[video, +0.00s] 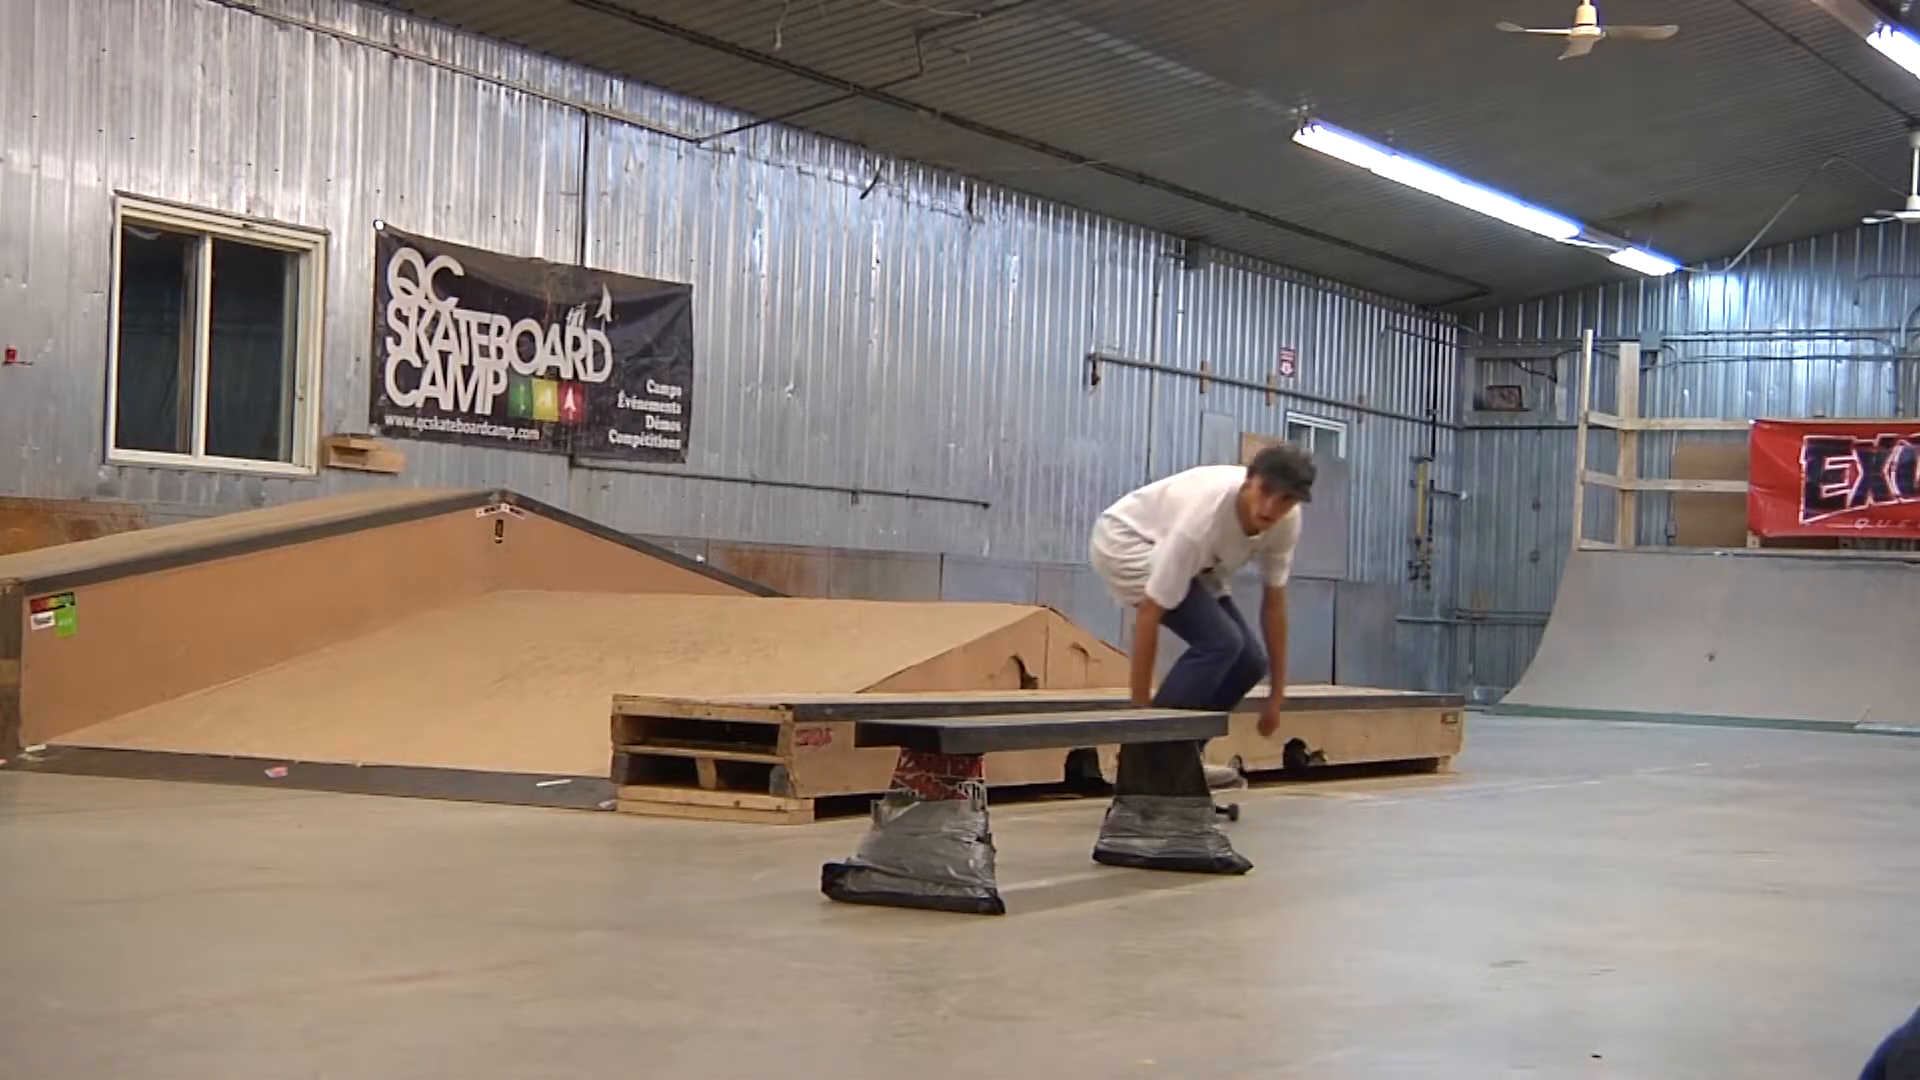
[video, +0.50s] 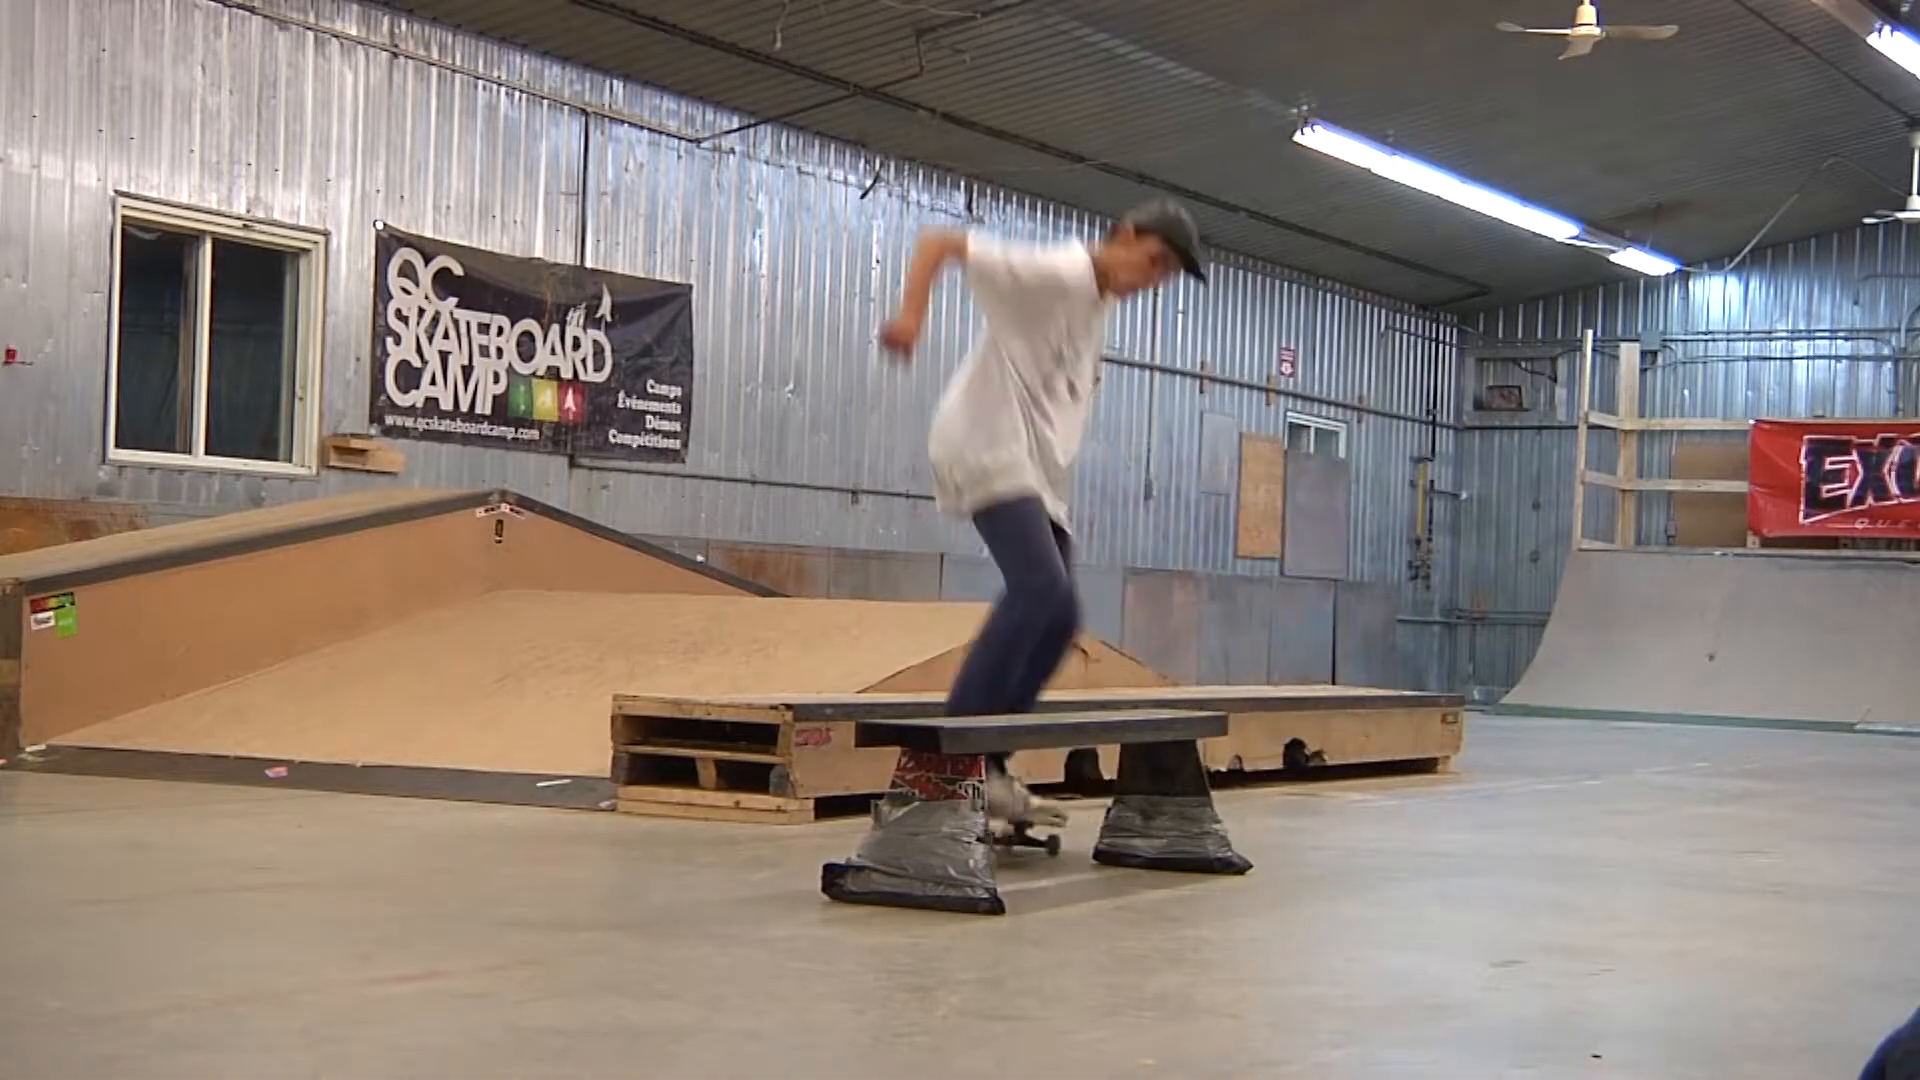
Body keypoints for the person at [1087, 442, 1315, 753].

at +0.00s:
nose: (1269, 509)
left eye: (1284, 501)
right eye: (1265, 492)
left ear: (1294, 504)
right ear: (1248, 480)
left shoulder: (1287, 517)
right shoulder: (1203, 514)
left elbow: (1274, 605)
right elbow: (1148, 612)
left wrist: (1276, 696)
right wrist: (1140, 710)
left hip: (1184, 553)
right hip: (1127, 544)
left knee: (1250, 661)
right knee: (1220, 644)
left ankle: (1185, 754)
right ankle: (1148, 754)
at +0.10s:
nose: (1242, 510)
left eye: (1256, 503)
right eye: (1237, 492)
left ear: (1265, 506)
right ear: (1219, 479)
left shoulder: (1253, 522)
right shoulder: (1170, 515)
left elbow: (1237, 605)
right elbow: (1111, 617)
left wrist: (1241, 696)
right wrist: (1104, 714)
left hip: (1154, 562)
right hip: (1095, 551)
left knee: (1221, 665)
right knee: (1191, 645)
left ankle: (1147, 761)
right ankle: (1096, 759)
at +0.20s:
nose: (1217, 499)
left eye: (1232, 492)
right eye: (1213, 481)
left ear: (1239, 495)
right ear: (1194, 465)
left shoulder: (1223, 513)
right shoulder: (1144, 503)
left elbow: (1196, 592)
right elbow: (1070, 612)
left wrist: (1192, 677)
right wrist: (1071, 711)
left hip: (1122, 560)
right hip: (1060, 545)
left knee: (1192, 665)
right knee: (1157, 644)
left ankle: (1096, 769)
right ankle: (1064, 771)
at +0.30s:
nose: (1196, 460)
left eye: (1210, 453)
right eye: (1192, 441)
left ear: (1217, 459)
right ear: (1171, 427)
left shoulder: (1185, 477)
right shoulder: (1119, 471)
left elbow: (1156, 555)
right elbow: (1030, 562)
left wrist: (1154, 642)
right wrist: (1035, 670)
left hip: (1095, 552)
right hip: (1026, 535)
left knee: (1153, 659)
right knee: (1119, 642)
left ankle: (1071, 770)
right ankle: (1027, 774)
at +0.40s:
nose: (1180, 375)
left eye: (1192, 369)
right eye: (1178, 357)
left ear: (1195, 374)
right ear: (1150, 338)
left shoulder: (1145, 404)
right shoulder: (1088, 388)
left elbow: (1110, 486)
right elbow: (983, 433)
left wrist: (1116, 560)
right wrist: (944, 522)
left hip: (1069, 523)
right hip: (1009, 513)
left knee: (1115, 643)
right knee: (1086, 639)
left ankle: (1036, 772)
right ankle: (1000, 780)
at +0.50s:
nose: (1151, 282)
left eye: (1163, 275)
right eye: (1154, 262)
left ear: (1158, 270)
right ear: (1125, 234)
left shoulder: (1095, 298)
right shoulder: (1060, 271)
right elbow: (938, 241)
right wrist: (910, 316)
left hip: (1035, 462)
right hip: (986, 446)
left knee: (1059, 613)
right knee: (1038, 590)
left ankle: (984, 758)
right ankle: (949, 755)